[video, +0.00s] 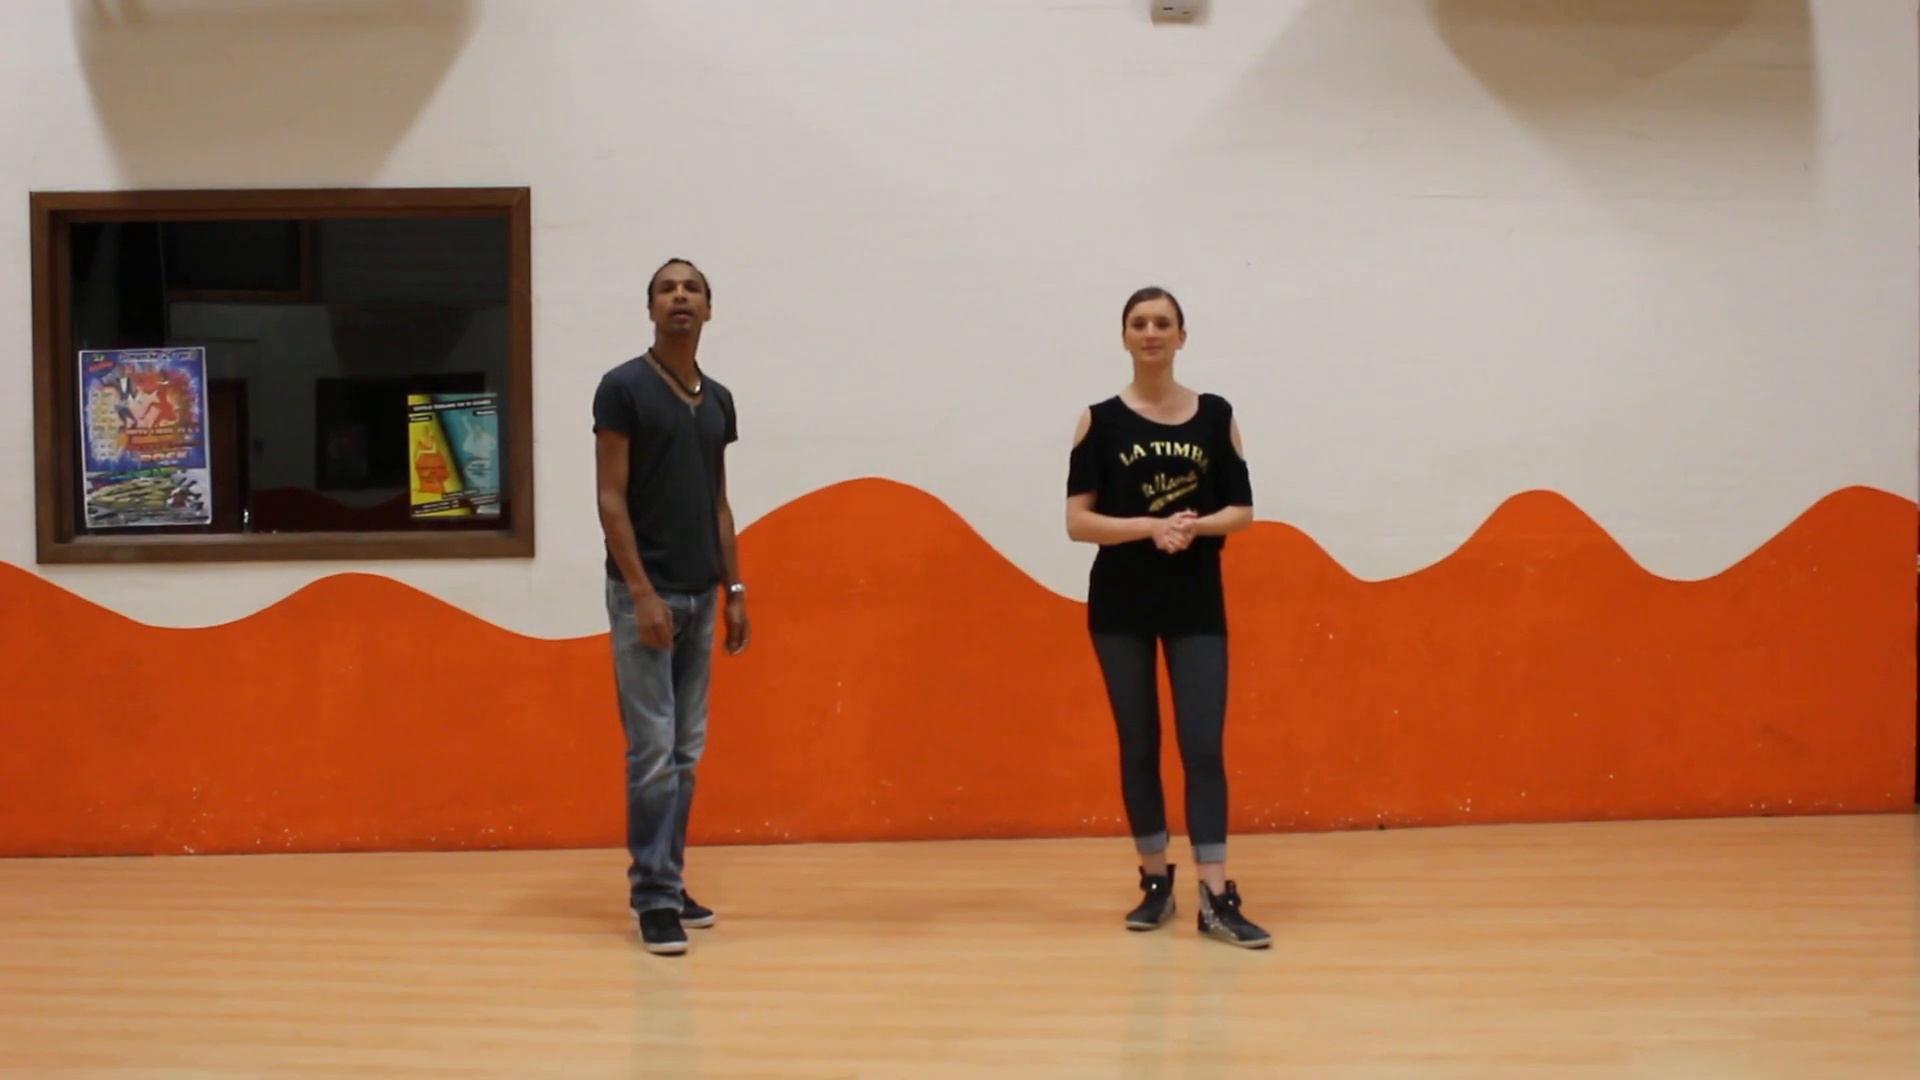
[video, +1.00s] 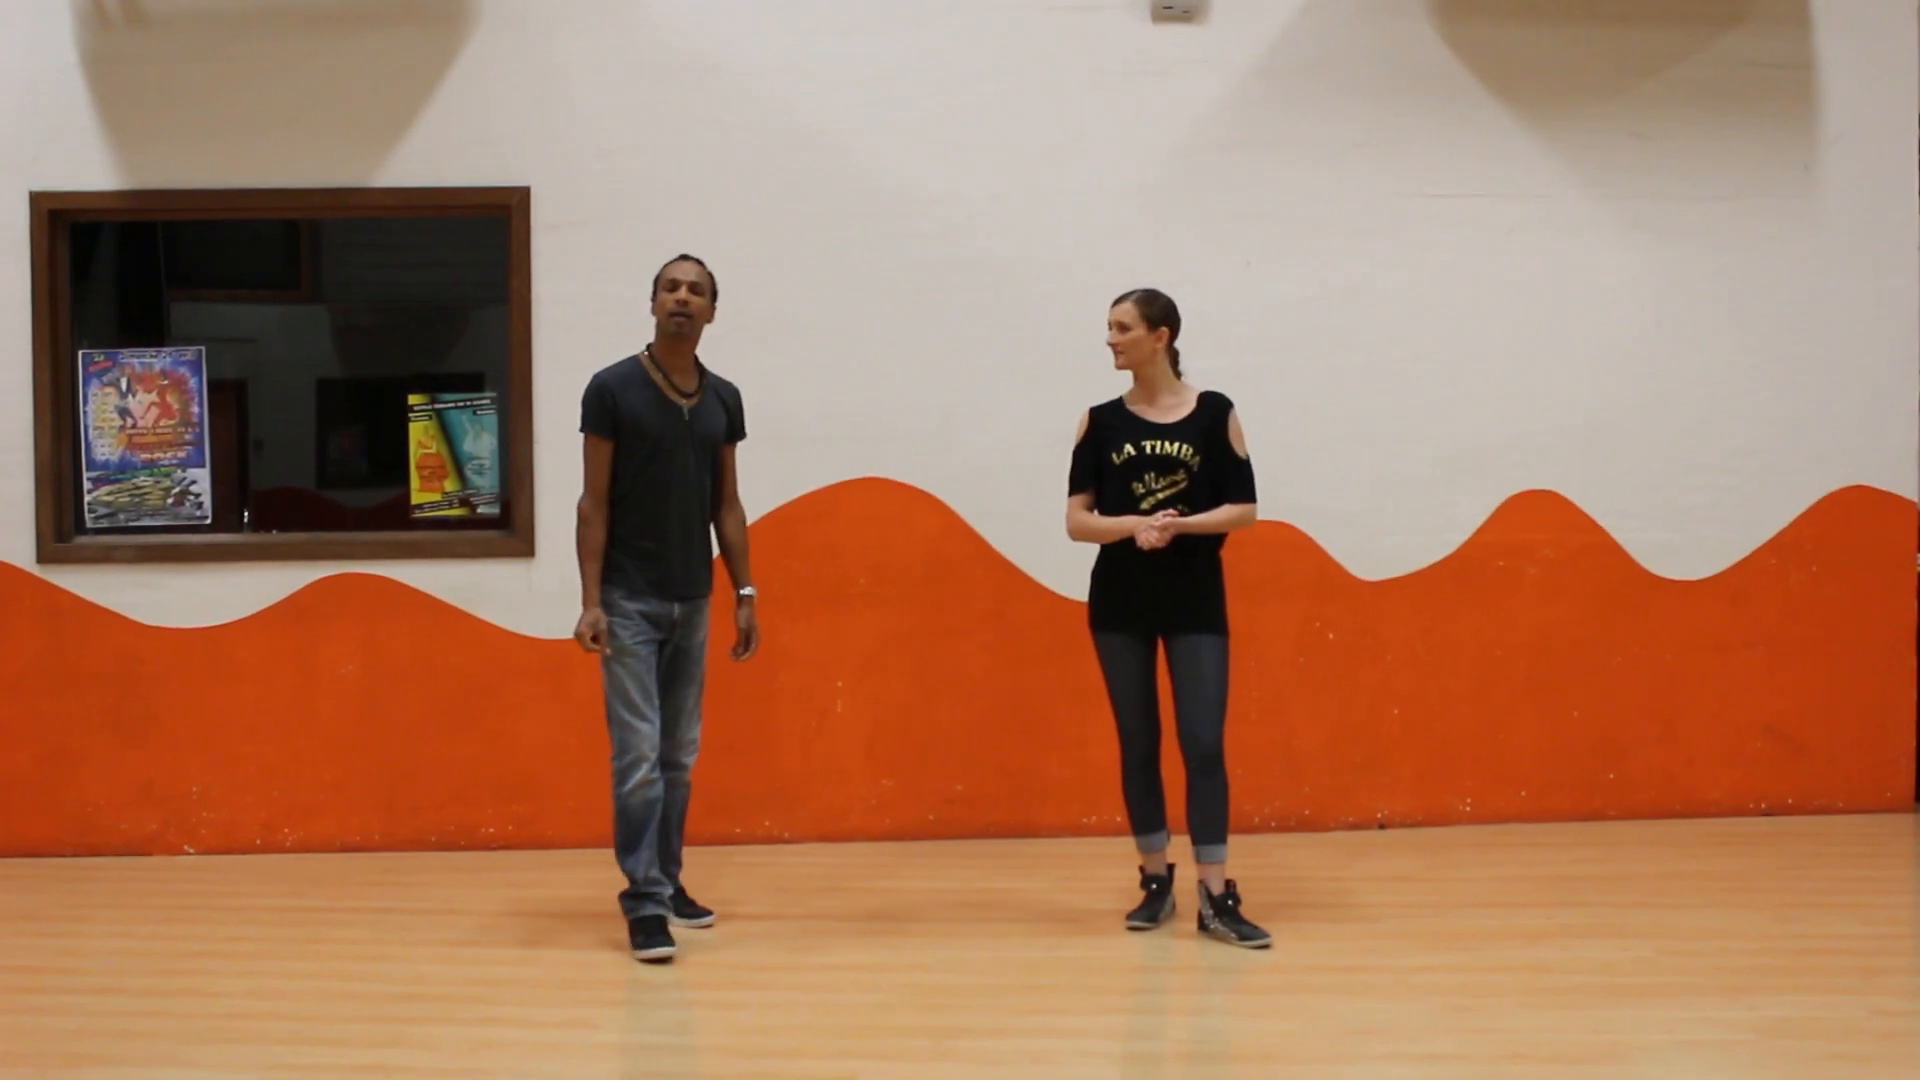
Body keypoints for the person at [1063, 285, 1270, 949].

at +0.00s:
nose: (1151, 334)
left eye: (1162, 324)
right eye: (1140, 324)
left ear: (1181, 337)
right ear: (1124, 336)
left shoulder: (1214, 414)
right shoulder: (1098, 421)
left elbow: (1241, 510)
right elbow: (1079, 521)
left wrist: (1199, 525)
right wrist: (1146, 526)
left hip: (1195, 601)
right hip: (1121, 602)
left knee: (1203, 747)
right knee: (1139, 745)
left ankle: (1216, 897)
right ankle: (1157, 884)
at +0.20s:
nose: (1152, 333)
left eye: (1163, 323)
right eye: (1141, 323)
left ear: (1183, 336)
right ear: (1126, 336)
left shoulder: (1215, 414)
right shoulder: (1099, 421)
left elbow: (1241, 511)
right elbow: (1079, 520)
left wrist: (1200, 524)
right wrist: (1147, 525)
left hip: (1195, 600)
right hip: (1121, 601)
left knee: (1203, 747)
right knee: (1139, 745)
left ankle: (1216, 897)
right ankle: (1157, 884)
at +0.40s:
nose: (1133, 331)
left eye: (1146, 320)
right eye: (1127, 322)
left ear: (1178, 333)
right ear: (1120, 335)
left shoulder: (1216, 414)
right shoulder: (1099, 419)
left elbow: (1241, 510)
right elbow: (1079, 519)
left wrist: (1198, 524)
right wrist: (1145, 524)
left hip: (1195, 600)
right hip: (1120, 601)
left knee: (1204, 748)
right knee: (1139, 745)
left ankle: (1216, 897)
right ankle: (1157, 883)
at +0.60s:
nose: (1116, 333)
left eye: (1129, 322)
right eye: (1115, 323)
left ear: (1168, 333)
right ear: (1121, 336)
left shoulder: (1216, 413)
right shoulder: (1099, 420)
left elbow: (1243, 510)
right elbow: (1078, 519)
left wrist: (1191, 523)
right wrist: (1140, 525)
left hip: (1194, 599)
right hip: (1120, 600)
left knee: (1204, 747)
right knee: (1138, 745)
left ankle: (1216, 896)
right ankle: (1157, 883)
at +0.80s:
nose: (1112, 337)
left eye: (1124, 326)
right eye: (1111, 327)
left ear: (1164, 333)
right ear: (1121, 338)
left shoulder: (1214, 412)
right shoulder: (1099, 420)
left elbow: (1243, 510)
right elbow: (1078, 520)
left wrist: (1183, 521)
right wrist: (1133, 526)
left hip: (1195, 599)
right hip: (1120, 600)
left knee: (1204, 746)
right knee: (1139, 745)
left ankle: (1216, 896)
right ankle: (1157, 883)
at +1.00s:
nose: (1111, 339)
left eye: (1123, 329)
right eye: (1110, 330)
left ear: (1163, 335)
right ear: (1121, 340)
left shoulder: (1213, 411)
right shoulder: (1099, 421)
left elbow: (1244, 510)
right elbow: (1078, 521)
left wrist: (1179, 523)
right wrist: (1129, 528)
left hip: (1194, 599)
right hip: (1120, 600)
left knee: (1204, 745)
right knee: (1138, 744)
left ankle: (1216, 896)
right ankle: (1157, 882)